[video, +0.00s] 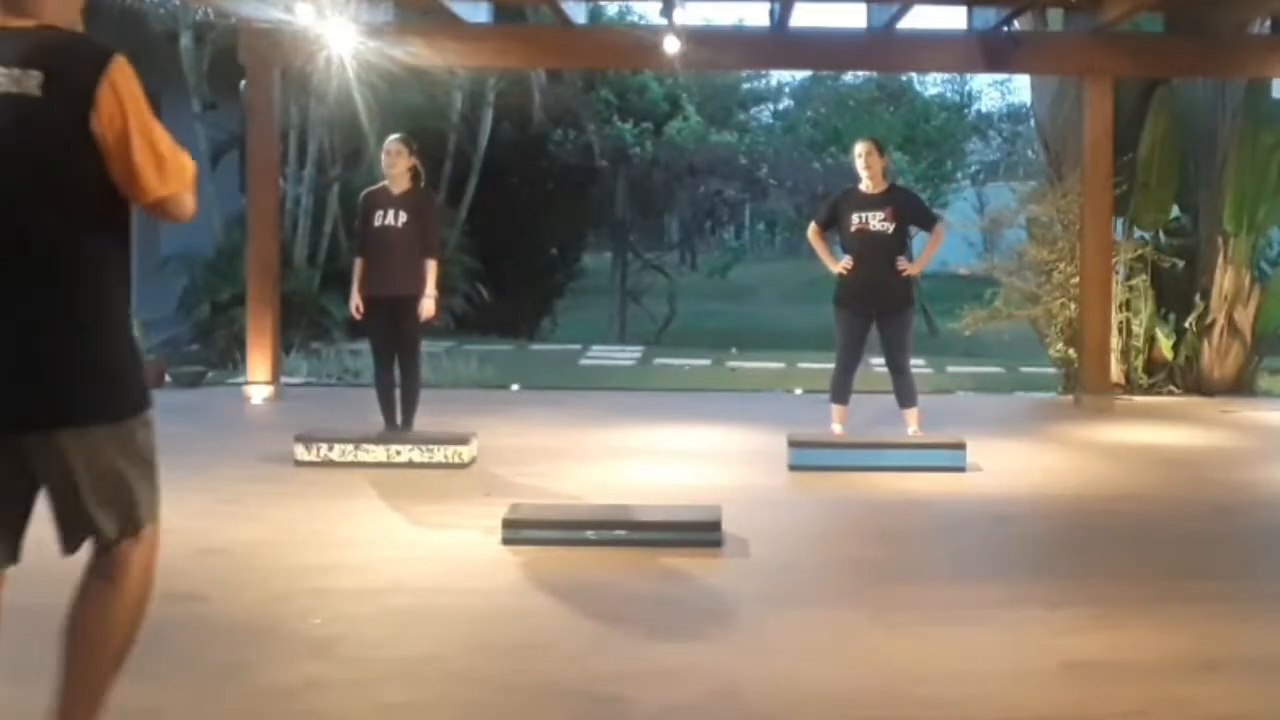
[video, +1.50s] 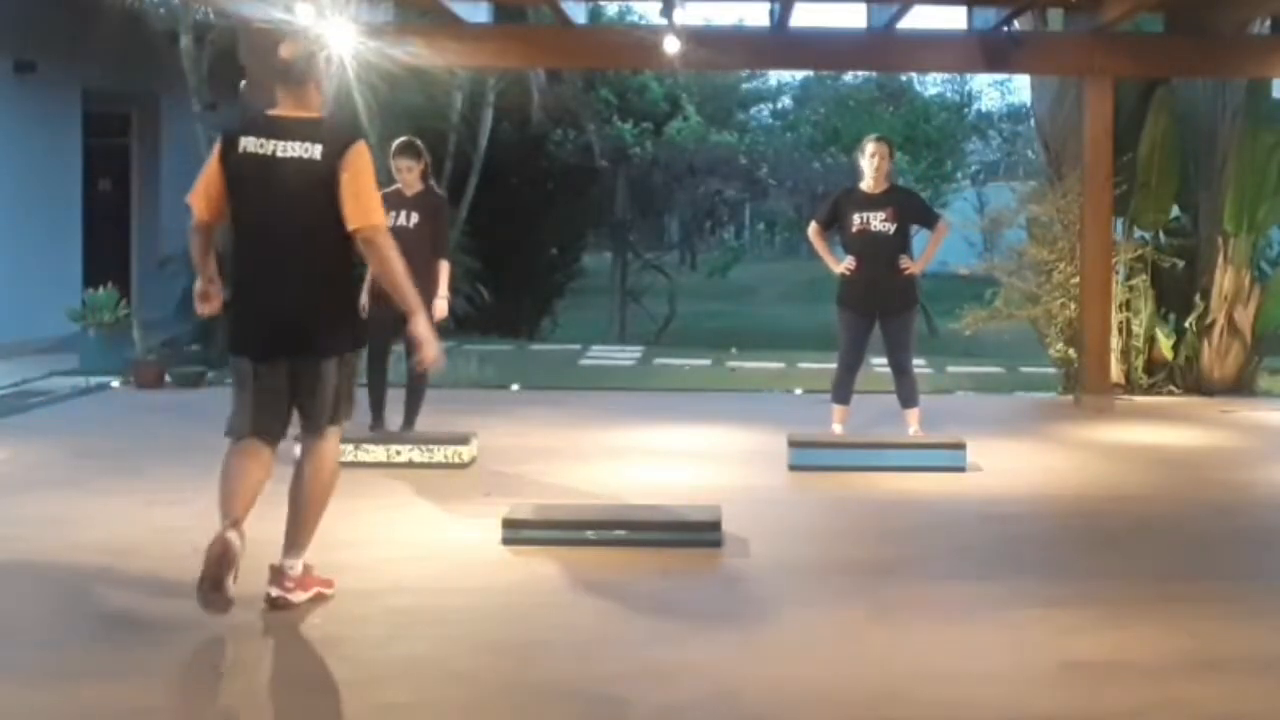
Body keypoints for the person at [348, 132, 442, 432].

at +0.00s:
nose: (389, 159)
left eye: (396, 154)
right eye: (386, 153)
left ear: (411, 160)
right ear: (381, 158)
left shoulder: (424, 199)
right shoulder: (370, 198)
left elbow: (431, 250)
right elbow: (361, 248)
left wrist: (429, 292)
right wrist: (355, 289)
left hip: (409, 295)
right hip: (376, 295)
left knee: (409, 363)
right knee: (382, 363)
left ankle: (407, 424)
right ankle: (389, 423)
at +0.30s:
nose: (391, 160)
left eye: (398, 154)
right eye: (387, 154)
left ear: (413, 160)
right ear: (382, 158)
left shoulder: (424, 199)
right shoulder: (371, 198)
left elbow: (432, 250)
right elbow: (362, 248)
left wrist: (431, 293)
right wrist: (356, 289)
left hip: (410, 295)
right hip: (377, 295)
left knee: (410, 363)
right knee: (383, 364)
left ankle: (407, 424)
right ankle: (389, 424)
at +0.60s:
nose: (392, 160)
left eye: (400, 155)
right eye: (390, 154)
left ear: (416, 160)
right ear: (384, 158)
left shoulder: (428, 200)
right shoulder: (373, 198)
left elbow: (435, 250)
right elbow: (363, 248)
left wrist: (433, 293)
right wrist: (358, 288)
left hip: (413, 296)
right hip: (379, 295)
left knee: (412, 364)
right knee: (384, 364)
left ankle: (407, 424)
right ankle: (390, 423)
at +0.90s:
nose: (395, 161)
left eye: (402, 156)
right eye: (392, 155)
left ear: (418, 161)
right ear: (387, 159)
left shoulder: (429, 199)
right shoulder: (375, 197)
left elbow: (436, 250)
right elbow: (365, 249)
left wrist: (434, 293)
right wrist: (359, 290)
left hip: (413, 296)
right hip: (380, 295)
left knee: (412, 362)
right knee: (385, 362)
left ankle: (407, 423)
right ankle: (390, 423)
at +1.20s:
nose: (398, 169)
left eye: (404, 163)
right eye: (394, 163)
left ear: (419, 163)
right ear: (389, 165)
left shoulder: (433, 201)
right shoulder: (378, 198)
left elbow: (439, 251)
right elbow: (368, 249)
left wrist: (437, 293)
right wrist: (362, 291)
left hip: (415, 296)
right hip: (381, 295)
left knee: (412, 363)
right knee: (384, 362)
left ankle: (407, 423)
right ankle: (389, 423)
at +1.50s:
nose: (403, 175)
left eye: (408, 169)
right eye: (398, 169)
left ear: (422, 166)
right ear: (392, 168)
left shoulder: (436, 203)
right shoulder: (384, 199)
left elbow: (443, 252)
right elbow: (376, 249)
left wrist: (442, 294)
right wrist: (365, 288)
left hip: (420, 291)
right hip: (384, 288)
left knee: (418, 359)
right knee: (376, 355)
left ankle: (409, 421)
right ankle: (376, 417)